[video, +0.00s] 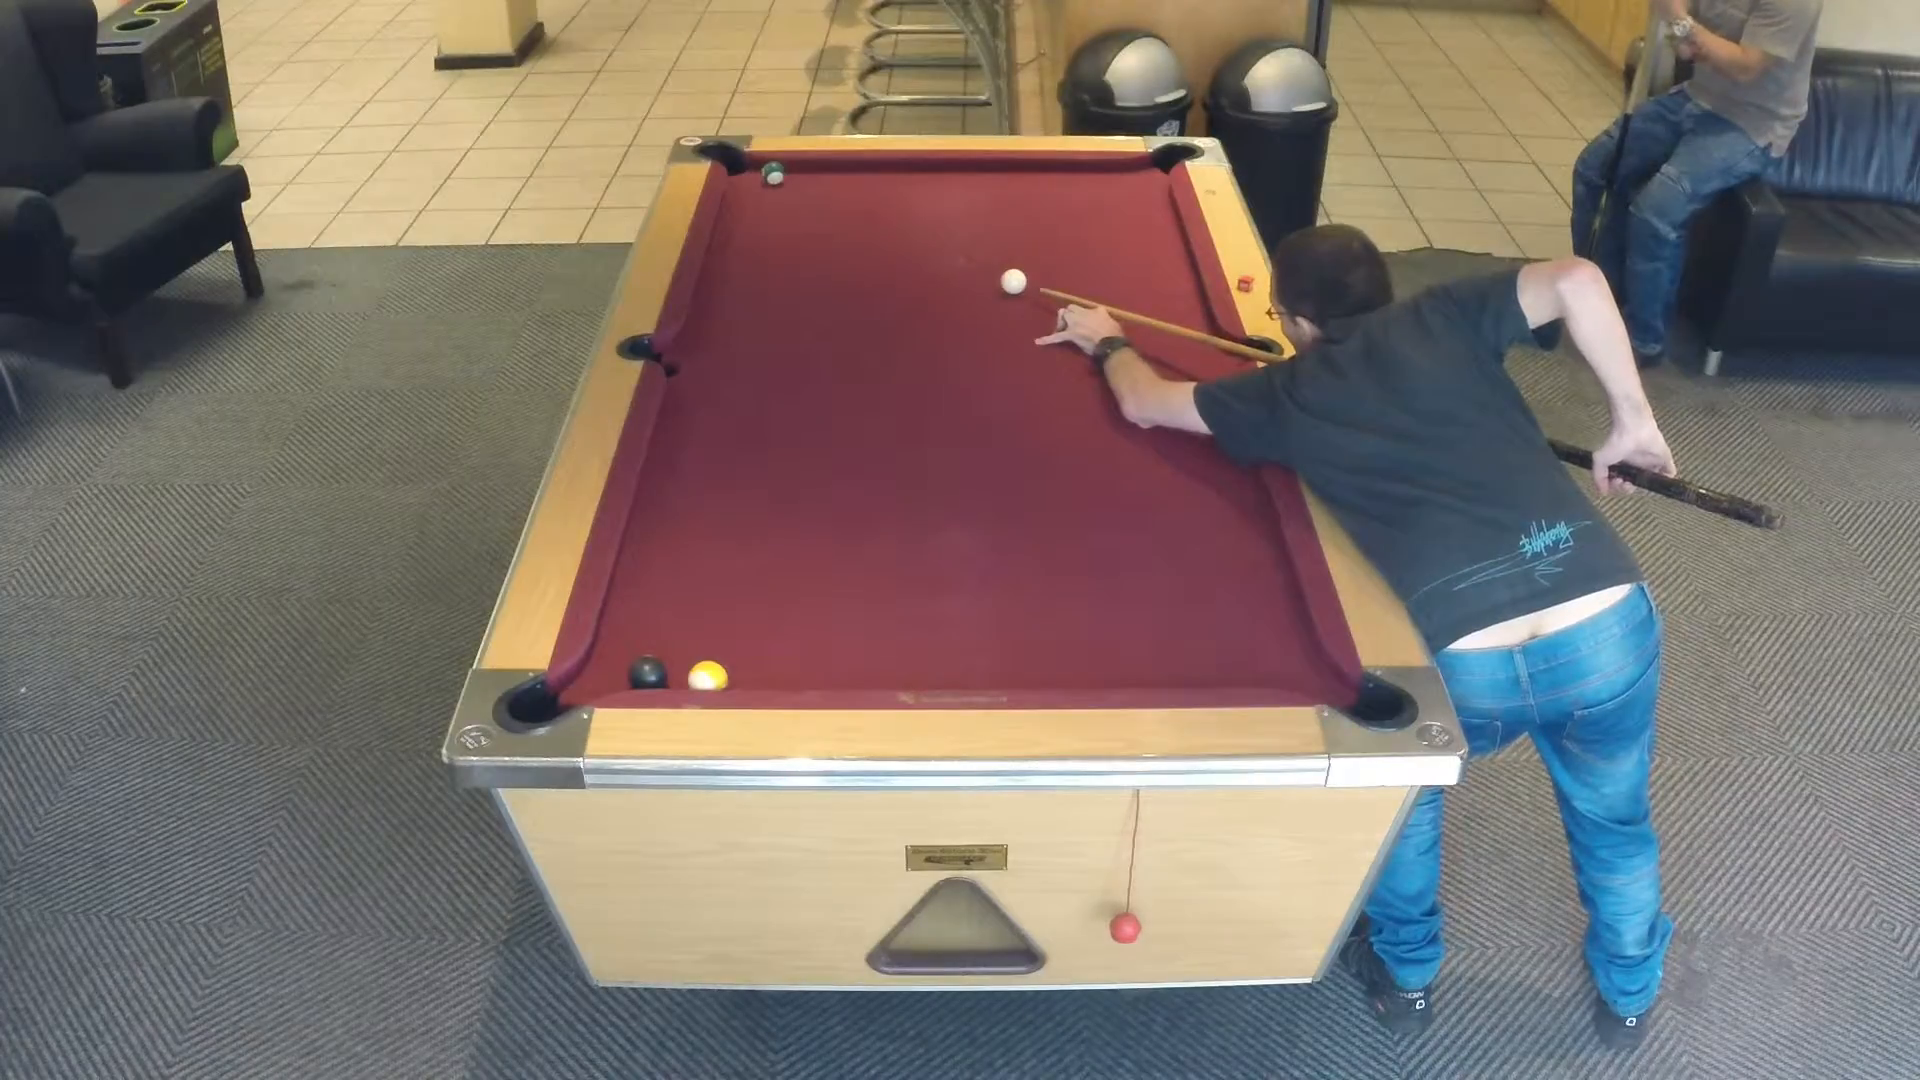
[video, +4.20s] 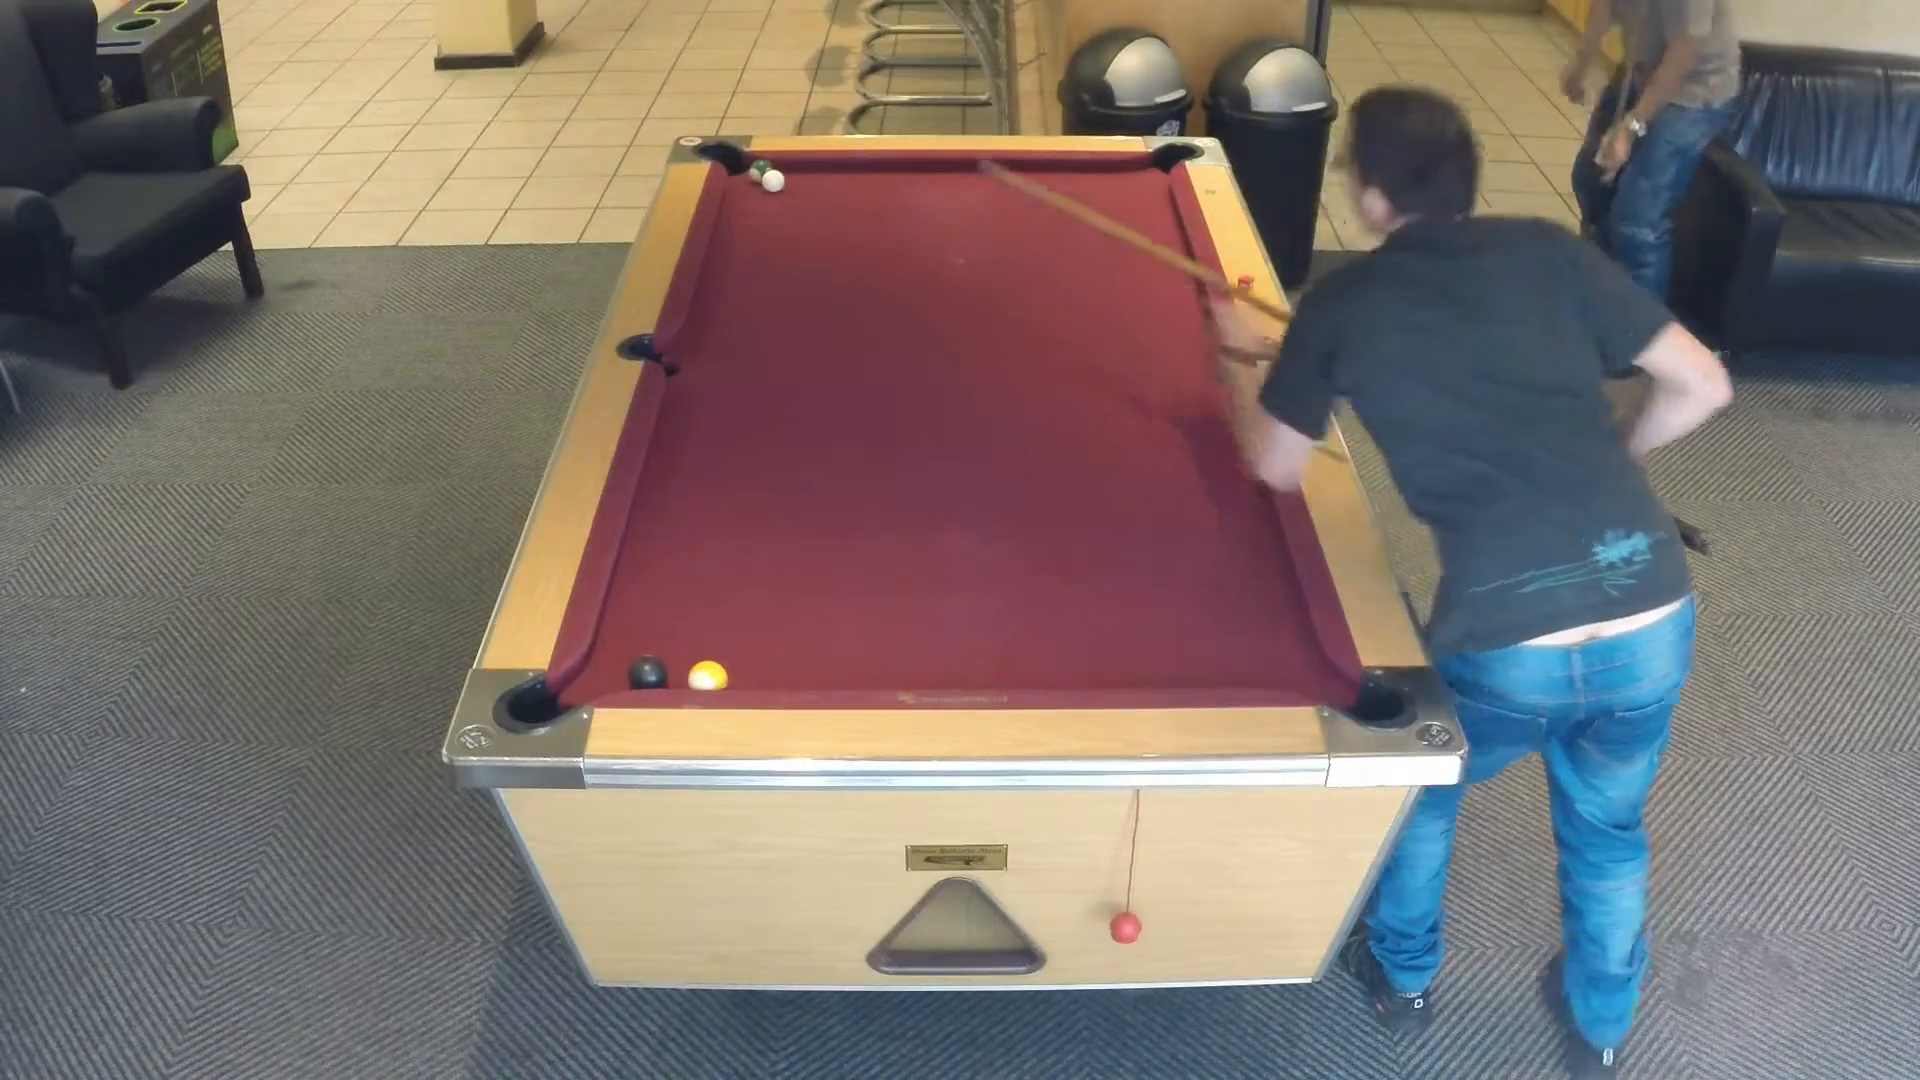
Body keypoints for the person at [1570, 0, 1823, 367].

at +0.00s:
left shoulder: (1793, 6)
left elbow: (1745, 67)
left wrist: (1680, 20)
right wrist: (1689, 39)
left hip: (1750, 126)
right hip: (1694, 98)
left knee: (1653, 210)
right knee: (1593, 168)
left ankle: (1644, 341)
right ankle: (1591, 302)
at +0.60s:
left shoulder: (1795, 6)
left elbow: (1766, 73)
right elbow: (1689, 35)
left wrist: (1696, 27)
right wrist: (1674, 92)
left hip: (1749, 126)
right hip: (1691, 103)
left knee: (1655, 210)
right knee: (1594, 169)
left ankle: (1644, 345)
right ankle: (1590, 299)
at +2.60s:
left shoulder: (1792, 6)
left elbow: (1770, 76)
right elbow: (1686, 41)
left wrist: (1703, 28)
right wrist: (1665, 106)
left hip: (1746, 128)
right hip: (1689, 103)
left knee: (1653, 211)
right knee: (1595, 168)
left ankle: (1643, 342)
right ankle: (1592, 300)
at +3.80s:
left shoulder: (1741, 6)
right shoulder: (1666, 5)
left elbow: (1734, 77)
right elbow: (1657, 51)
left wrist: (1667, 34)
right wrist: (1647, 112)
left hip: (1742, 122)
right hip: (1682, 107)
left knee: (1649, 212)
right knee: (1590, 171)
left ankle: (1636, 343)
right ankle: (1592, 309)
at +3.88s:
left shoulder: (1728, 6)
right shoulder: (1650, 5)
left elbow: (1725, 79)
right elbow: (1648, 45)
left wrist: (1652, 49)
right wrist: (1640, 109)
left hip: (1738, 114)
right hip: (1678, 101)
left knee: (1646, 213)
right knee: (1591, 172)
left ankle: (1634, 343)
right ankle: (1593, 307)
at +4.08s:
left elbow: (1694, 67)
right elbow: (1620, 11)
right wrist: (1607, 89)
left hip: (1718, 93)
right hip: (1659, 79)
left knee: (1639, 221)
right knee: (1593, 176)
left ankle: (1634, 344)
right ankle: (1594, 304)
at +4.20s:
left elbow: (1686, 47)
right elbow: (1606, 6)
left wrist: (1632, 126)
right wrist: (1584, 60)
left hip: (1699, 87)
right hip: (1643, 70)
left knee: (1636, 222)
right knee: (1591, 179)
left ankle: (1640, 336)